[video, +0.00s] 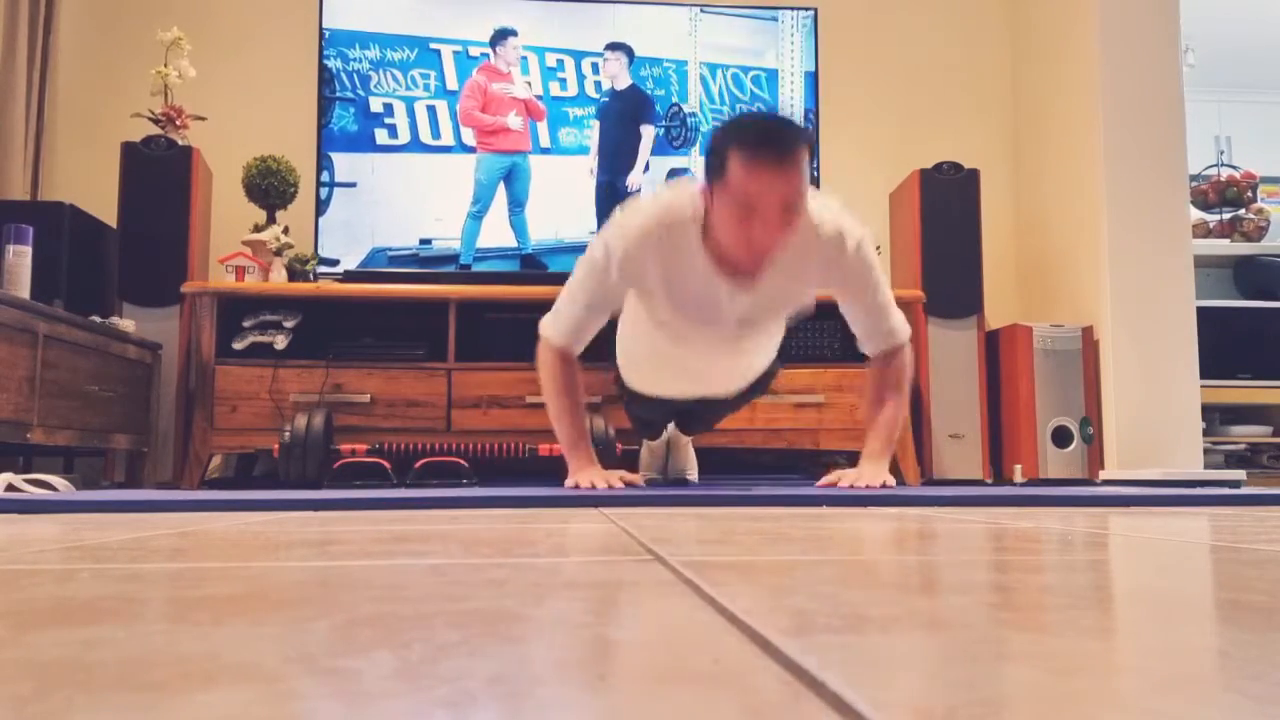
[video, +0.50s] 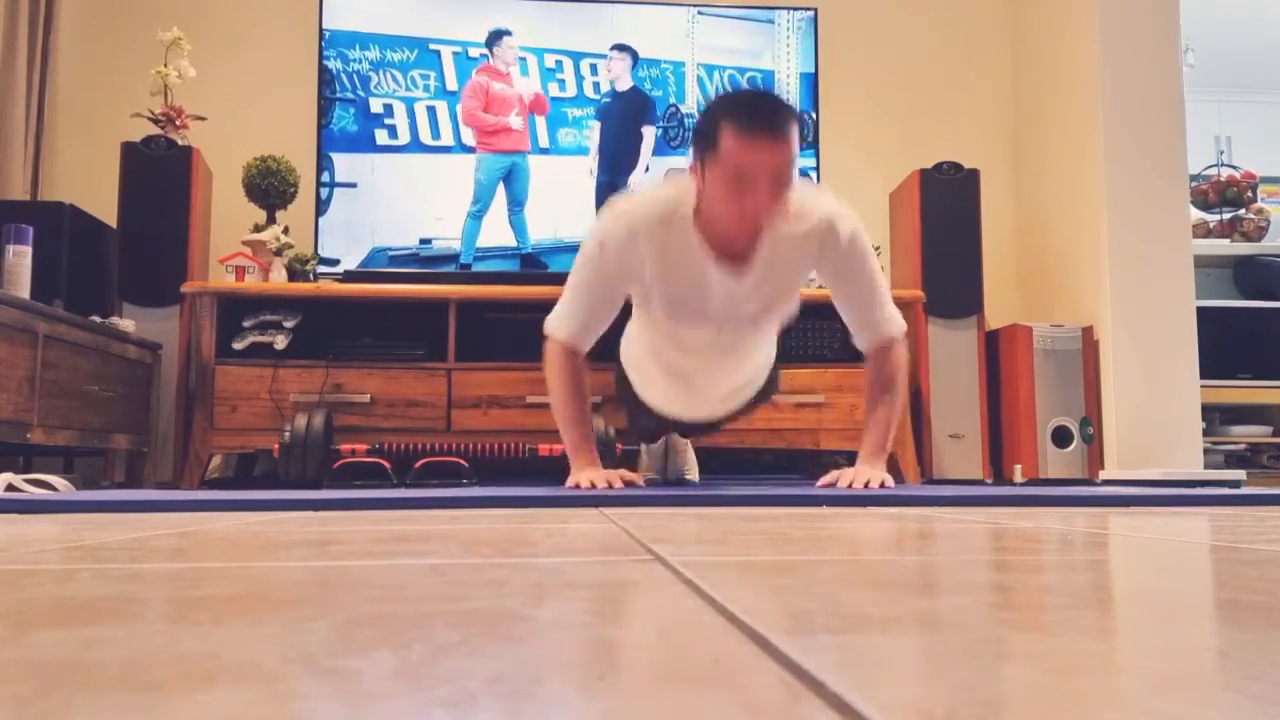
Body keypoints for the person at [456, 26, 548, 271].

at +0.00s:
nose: (519, 53)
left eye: (519, 48)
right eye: (515, 48)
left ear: (505, 50)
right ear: (498, 50)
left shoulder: (518, 79)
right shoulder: (479, 80)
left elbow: (540, 115)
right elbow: (466, 115)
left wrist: (527, 97)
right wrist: (504, 122)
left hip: (520, 155)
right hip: (491, 155)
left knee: (518, 209)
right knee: (478, 210)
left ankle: (527, 255)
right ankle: (465, 262)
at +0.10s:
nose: (519, 53)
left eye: (520, 48)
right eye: (515, 48)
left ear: (505, 50)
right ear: (499, 50)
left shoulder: (518, 79)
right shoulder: (479, 79)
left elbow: (540, 116)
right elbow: (466, 115)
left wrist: (527, 97)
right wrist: (504, 122)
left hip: (520, 155)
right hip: (491, 155)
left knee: (518, 208)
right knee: (478, 209)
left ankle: (527, 255)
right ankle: (465, 262)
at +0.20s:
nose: (519, 53)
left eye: (519, 48)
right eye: (515, 48)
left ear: (505, 50)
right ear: (499, 50)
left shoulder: (518, 79)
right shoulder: (479, 79)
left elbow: (539, 115)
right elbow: (466, 115)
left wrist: (527, 97)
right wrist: (505, 122)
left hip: (520, 155)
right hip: (491, 155)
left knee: (518, 208)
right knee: (478, 209)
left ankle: (527, 255)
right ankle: (465, 262)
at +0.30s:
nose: (519, 53)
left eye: (519, 48)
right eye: (514, 48)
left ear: (505, 50)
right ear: (498, 50)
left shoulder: (517, 80)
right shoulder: (479, 80)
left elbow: (539, 115)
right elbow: (467, 115)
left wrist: (527, 97)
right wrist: (505, 122)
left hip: (519, 155)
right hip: (491, 155)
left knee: (518, 208)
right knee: (478, 209)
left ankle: (527, 254)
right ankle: (465, 262)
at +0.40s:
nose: (517, 53)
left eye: (517, 48)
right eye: (512, 48)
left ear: (505, 51)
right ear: (497, 50)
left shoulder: (517, 80)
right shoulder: (479, 80)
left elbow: (539, 115)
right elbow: (468, 115)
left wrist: (527, 97)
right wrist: (505, 122)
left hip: (519, 155)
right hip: (491, 155)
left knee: (518, 208)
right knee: (478, 209)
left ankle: (527, 254)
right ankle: (465, 262)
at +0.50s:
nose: (516, 53)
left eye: (516, 48)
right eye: (511, 48)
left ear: (506, 51)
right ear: (495, 50)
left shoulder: (518, 80)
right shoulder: (480, 81)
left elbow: (543, 109)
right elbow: (469, 115)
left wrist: (533, 94)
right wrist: (506, 122)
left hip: (519, 155)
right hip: (491, 155)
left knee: (518, 208)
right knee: (478, 209)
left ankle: (527, 254)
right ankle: (465, 261)